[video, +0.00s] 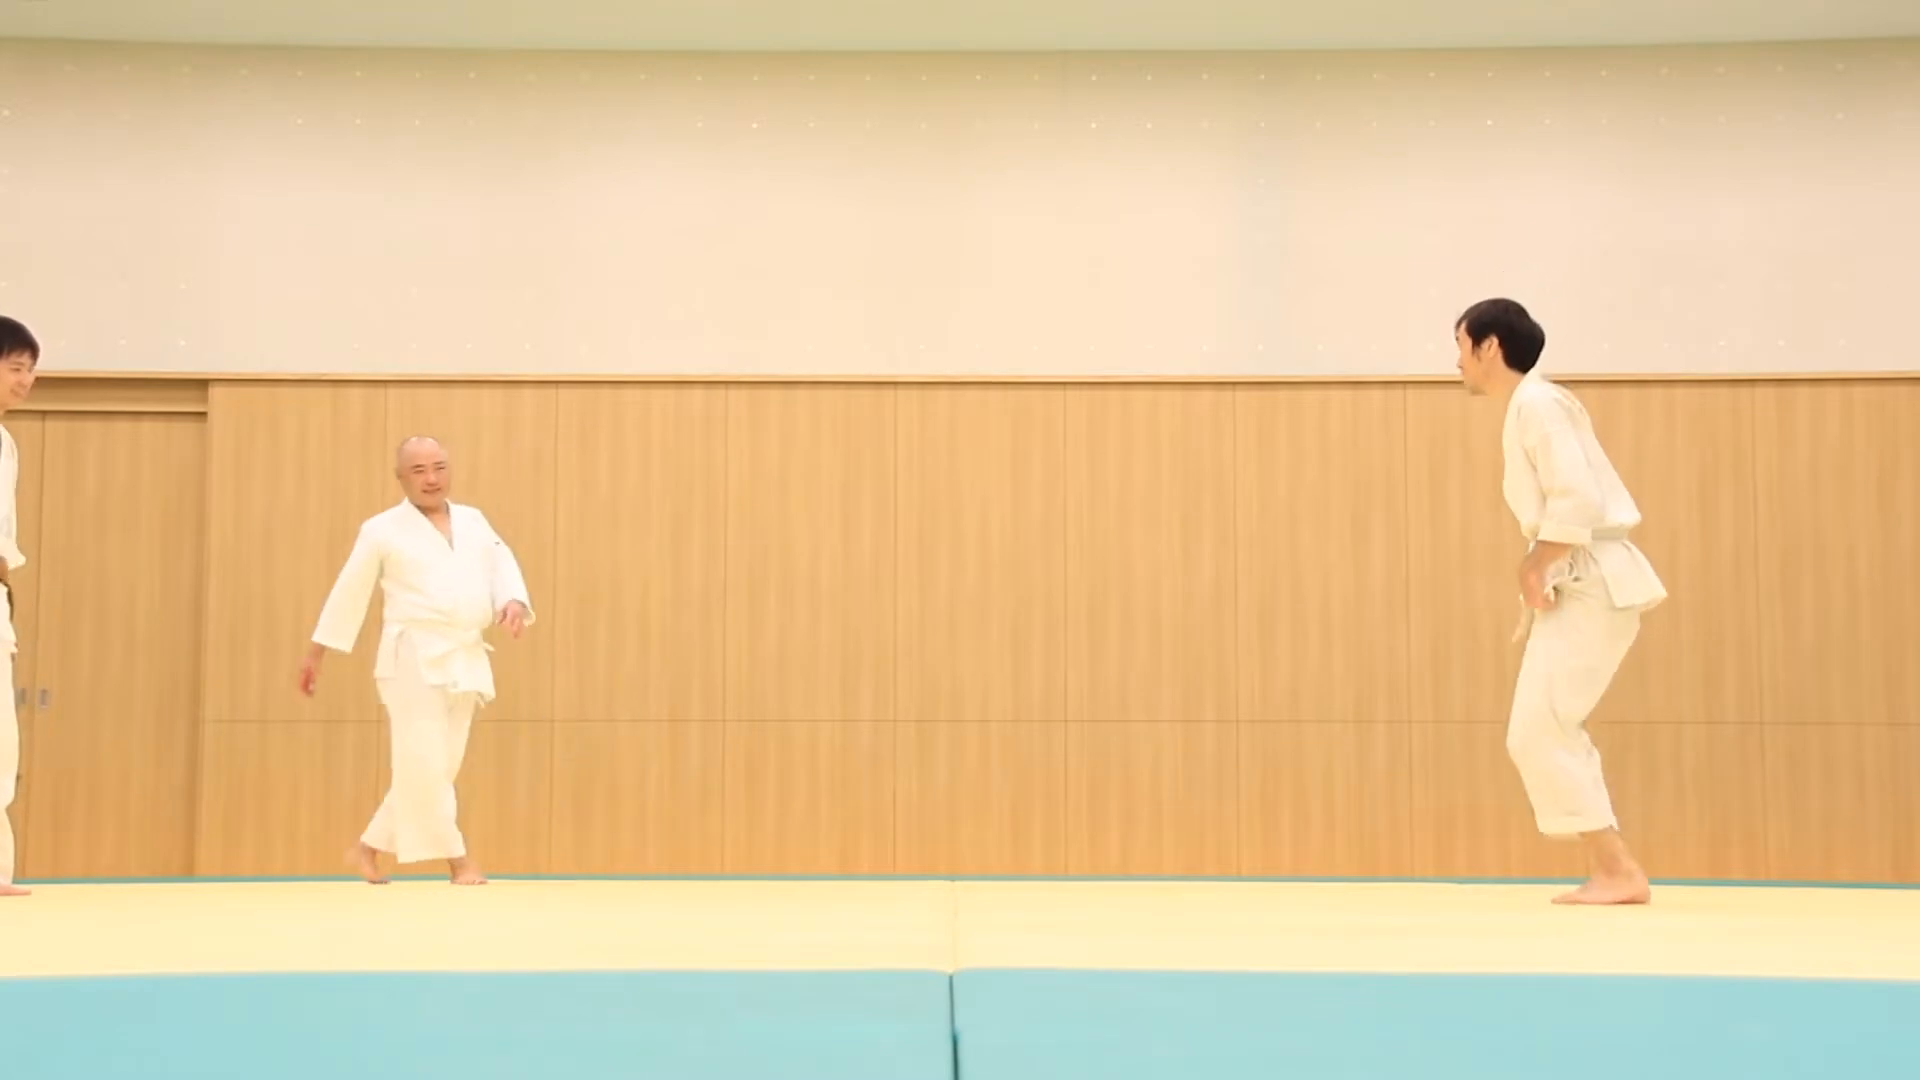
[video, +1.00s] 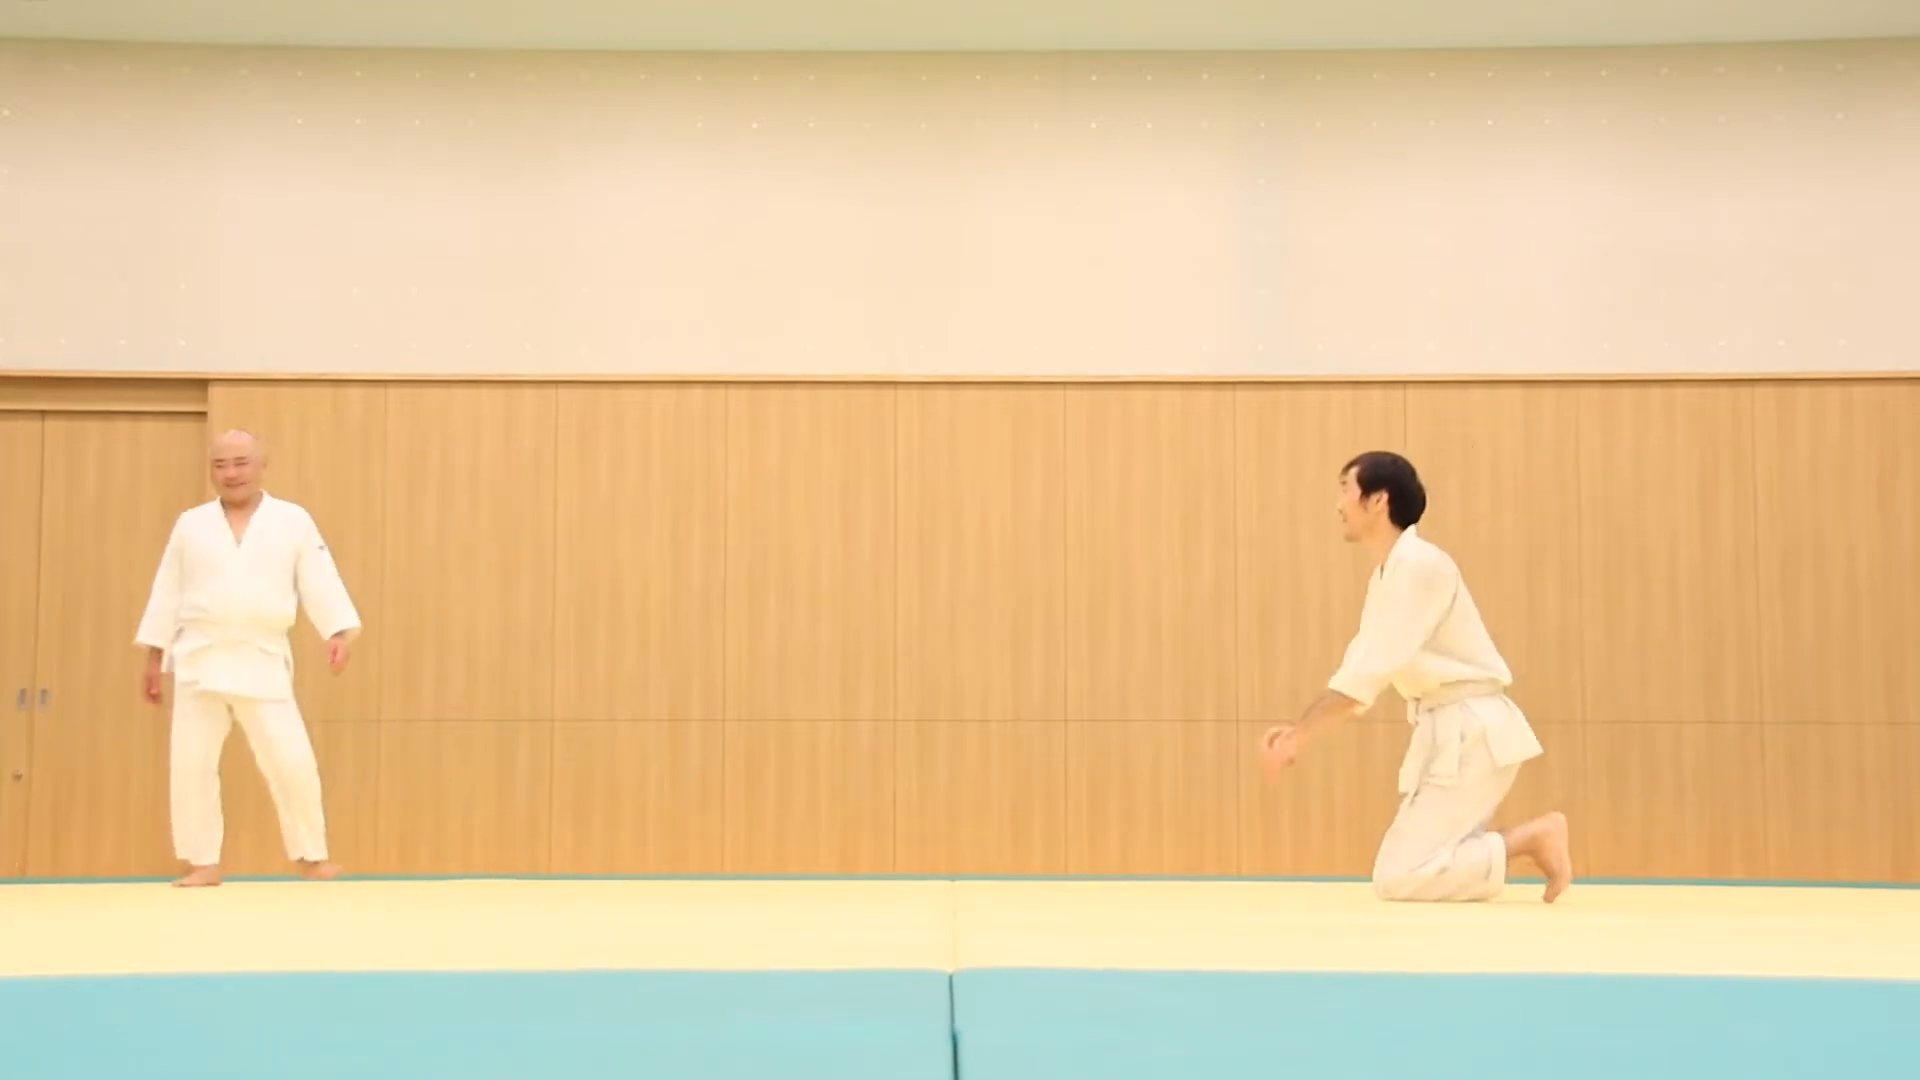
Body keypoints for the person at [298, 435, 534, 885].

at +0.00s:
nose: (431, 478)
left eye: (439, 468)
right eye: (419, 470)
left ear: (450, 471)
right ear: (401, 477)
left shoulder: (473, 522)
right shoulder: (383, 530)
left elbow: (502, 562)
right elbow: (348, 593)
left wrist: (513, 599)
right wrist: (315, 652)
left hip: (465, 657)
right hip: (410, 658)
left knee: (444, 760)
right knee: (425, 758)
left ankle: (371, 844)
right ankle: (459, 861)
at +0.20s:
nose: (410, 480)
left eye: (418, 471)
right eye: (398, 472)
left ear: (428, 476)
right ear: (378, 480)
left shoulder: (439, 530)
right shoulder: (349, 526)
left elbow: (463, 588)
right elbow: (312, 586)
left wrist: (486, 645)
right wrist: (277, 644)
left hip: (416, 658)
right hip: (364, 657)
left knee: (398, 758)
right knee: (393, 755)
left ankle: (352, 863)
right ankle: (436, 859)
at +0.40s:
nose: (384, 471)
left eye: (391, 462)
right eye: (373, 463)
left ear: (402, 467)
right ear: (352, 471)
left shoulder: (413, 522)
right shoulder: (323, 516)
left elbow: (425, 592)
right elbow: (277, 568)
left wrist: (421, 652)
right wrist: (231, 620)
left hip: (384, 655)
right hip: (330, 651)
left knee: (375, 758)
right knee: (329, 751)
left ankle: (362, 858)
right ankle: (333, 855)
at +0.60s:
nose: (348, 470)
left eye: (356, 461)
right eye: (336, 463)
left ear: (367, 466)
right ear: (317, 470)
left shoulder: (380, 520)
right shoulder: (290, 515)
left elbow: (393, 587)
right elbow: (252, 571)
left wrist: (387, 644)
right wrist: (219, 620)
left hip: (358, 655)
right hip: (299, 652)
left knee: (353, 762)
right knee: (261, 748)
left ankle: (350, 862)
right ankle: (227, 854)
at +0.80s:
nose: (291, 471)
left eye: (301, 461)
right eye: (281, 463)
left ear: (315, 467)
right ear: (266, 469)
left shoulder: (336, 523)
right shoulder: (238, 520)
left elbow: (358, 589)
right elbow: (215, 582)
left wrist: (371, 653)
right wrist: (204, 636)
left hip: (313, 659)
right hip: (250, 658)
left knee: (329, 763)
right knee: (224, 757)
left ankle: (345, 863)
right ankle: (208, 865)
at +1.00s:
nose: (231, 472)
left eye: (241, 463)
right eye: (221, 464)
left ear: (262, 468)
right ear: (211, 471)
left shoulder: (291, 521)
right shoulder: (191, 525)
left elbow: (319, 578)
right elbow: (167, 592)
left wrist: (338, 629)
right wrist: (154, 657)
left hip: (262, 662)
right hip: (199, 661)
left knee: (293, 761)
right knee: (192, 765)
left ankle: (313, 858)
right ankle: (204, 866)